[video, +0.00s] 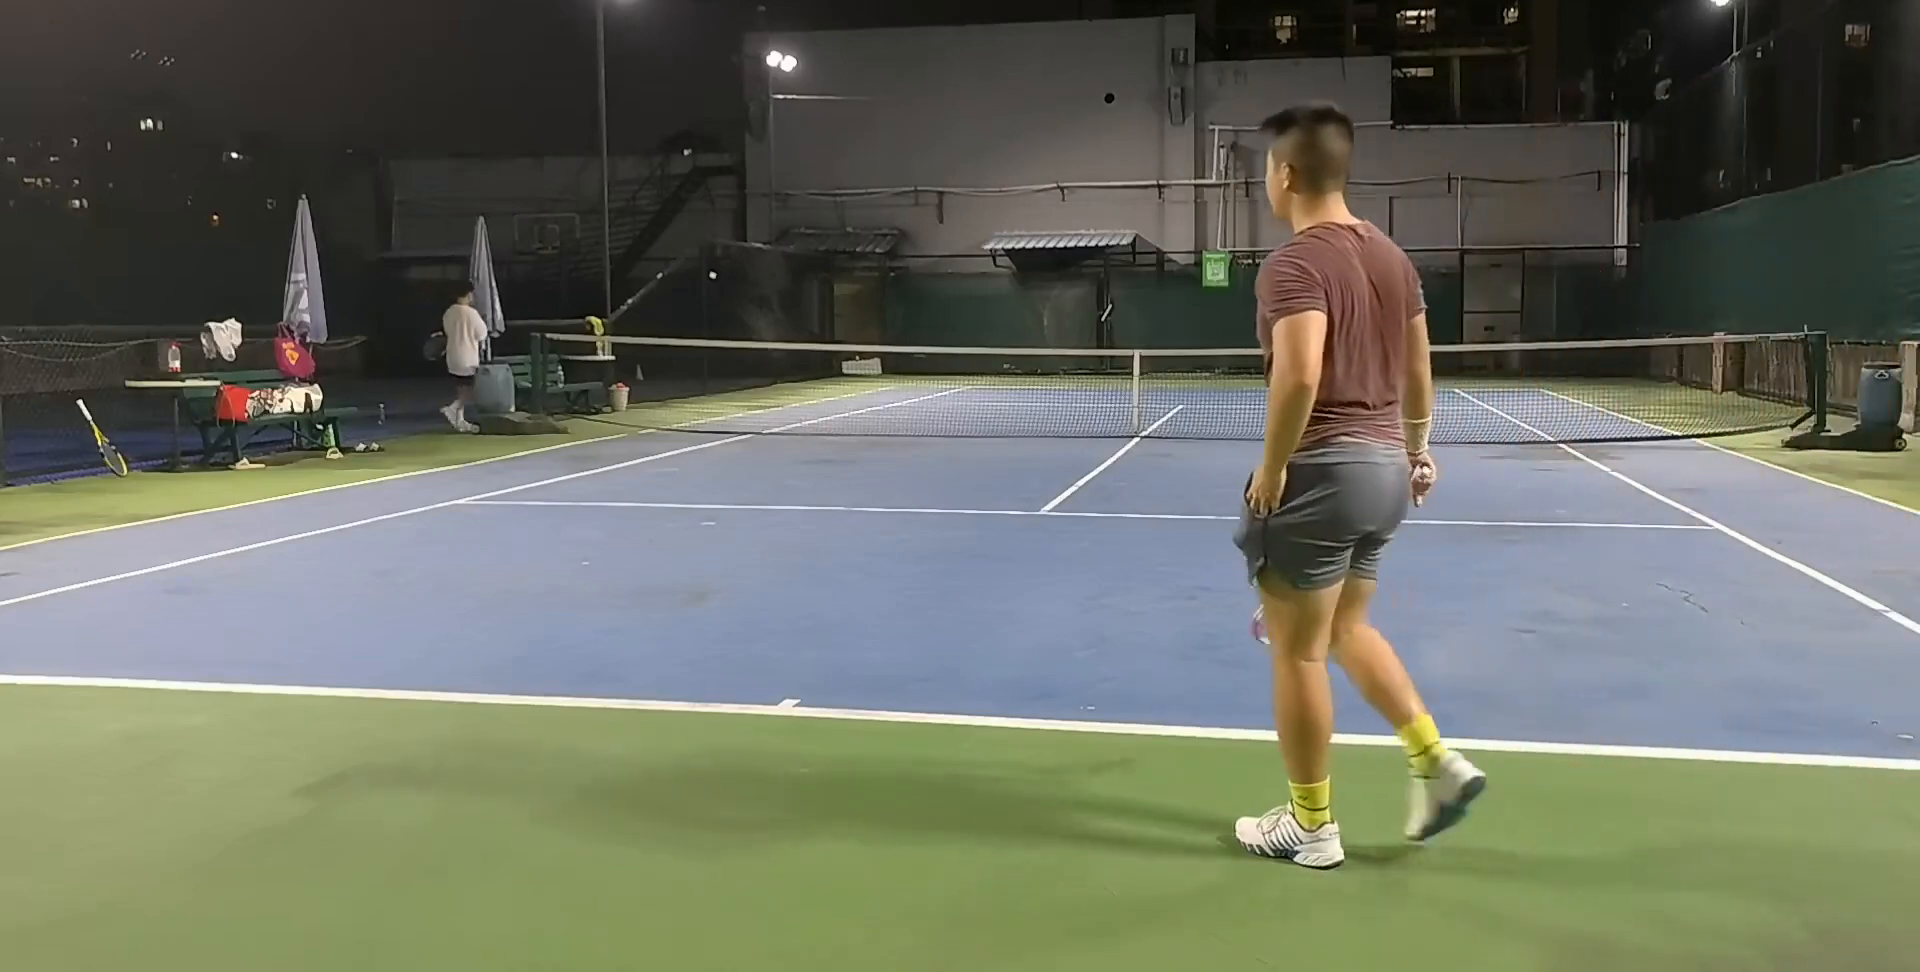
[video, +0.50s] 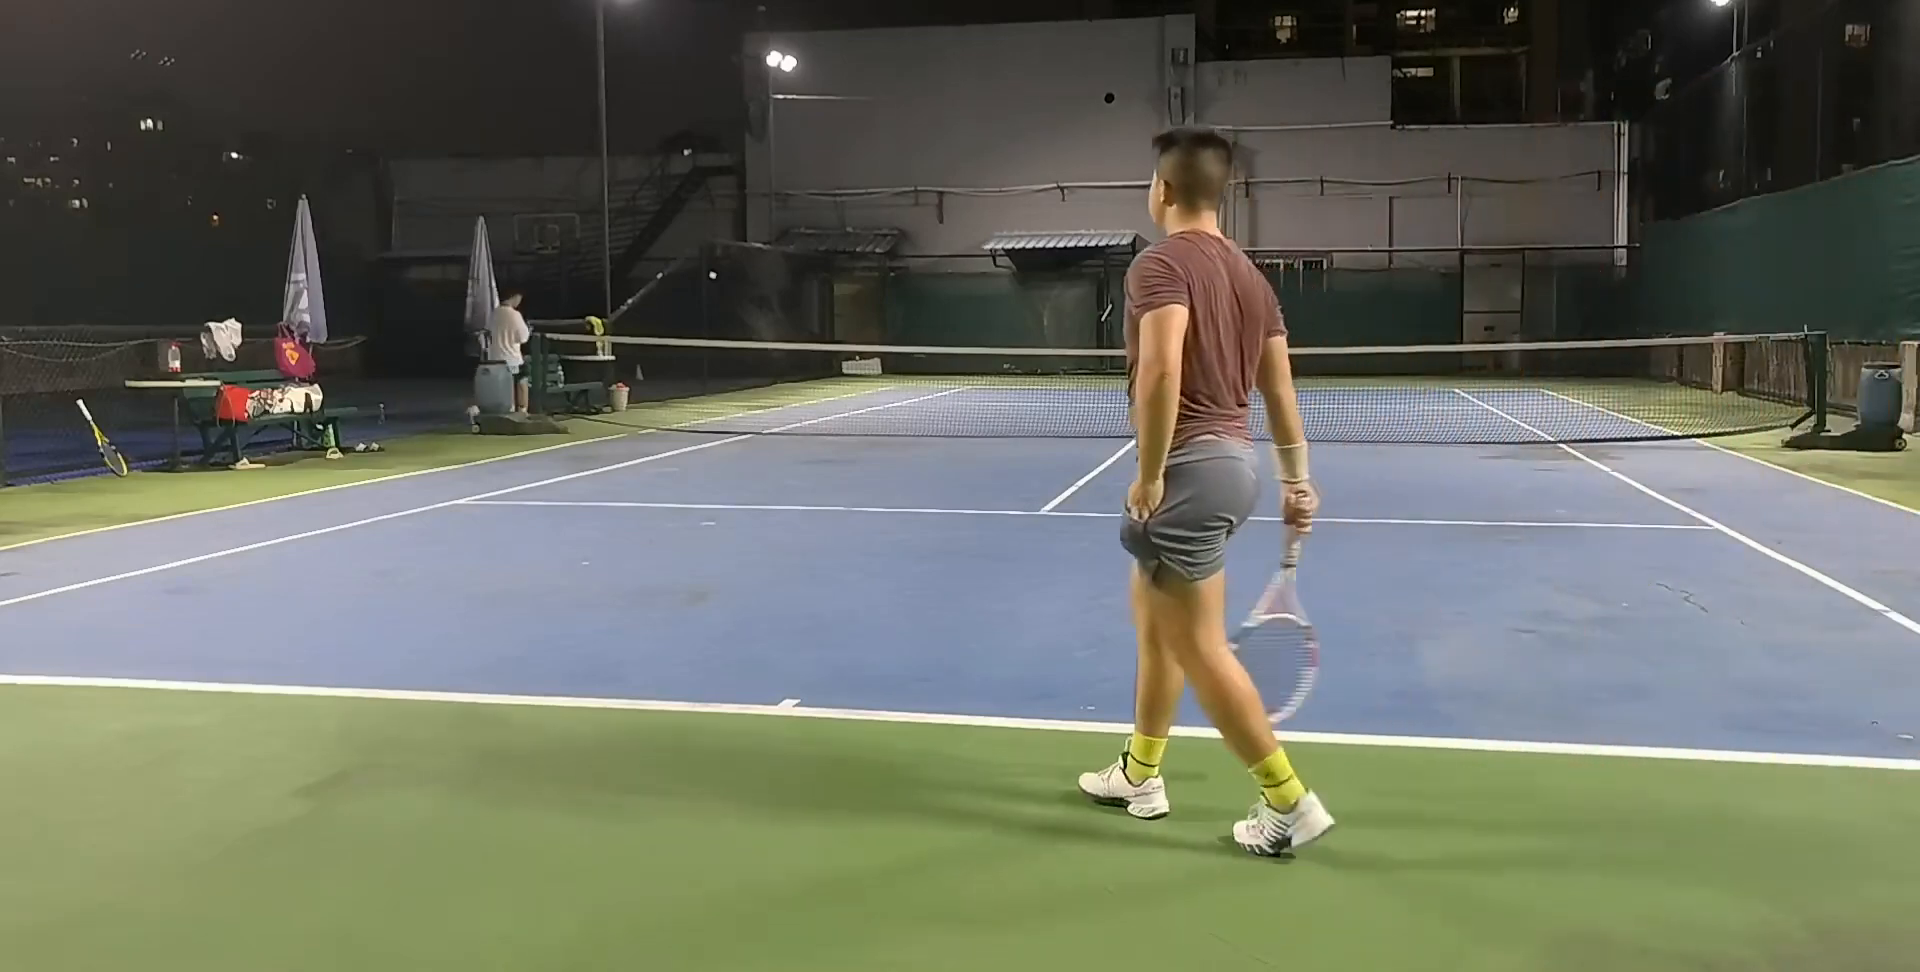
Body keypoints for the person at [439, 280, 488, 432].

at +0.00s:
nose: (472, 297)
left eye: (471, 294)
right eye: (470, 294)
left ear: (456, 296)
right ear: (467, 296)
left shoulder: (448, 313)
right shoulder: (471, 313)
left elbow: (447, 332)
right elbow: (482, 333)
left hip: (452, 357)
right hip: (469, 358)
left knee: (460, 388)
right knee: (469, 390)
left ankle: (460, 420)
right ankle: (452, 409)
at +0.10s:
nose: (479, 294)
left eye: (478, 291)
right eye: (478, 291)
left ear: (463, 292)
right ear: (475, 292)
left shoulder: (454, 311)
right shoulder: (478, 312)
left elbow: (453, 330)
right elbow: (487, 333)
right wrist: (489, 319)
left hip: (458, 357)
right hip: (475, 358)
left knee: (463, 385)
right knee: (476, 387)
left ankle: (460, 420)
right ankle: (468, 416)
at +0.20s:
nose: (487, 297)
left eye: (487, 294)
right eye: (487, 294)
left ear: (472, 293)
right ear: (484, 294)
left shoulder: (462, 311)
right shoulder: (484, 313)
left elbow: (462, 330)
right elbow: (494, 334)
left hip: (465, 360)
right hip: (483, 360)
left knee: (466, 388)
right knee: (486, 391)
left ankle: (460, 420)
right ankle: (487, 422)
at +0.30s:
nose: (496, 299)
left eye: (496, 296)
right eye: (495, 296)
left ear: (480, 295)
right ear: (492, 297)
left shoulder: (470, 311)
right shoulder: (492, 314)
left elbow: (471, 329)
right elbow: (502, 335)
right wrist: (508, 324)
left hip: (473, 360)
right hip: (491, 361)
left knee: (469, 388)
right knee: (500, 388)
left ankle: (462, 420)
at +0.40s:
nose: (508, 302)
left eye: (508, 299)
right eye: (508, 299)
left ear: (493, 298)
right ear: (504, 299)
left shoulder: (482, 313)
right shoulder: (504, 316)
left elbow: (480, 330)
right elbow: (513, 337)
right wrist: (516, 327)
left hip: (483, 362)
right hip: (501, 363)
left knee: (476, 390)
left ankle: (464, 416)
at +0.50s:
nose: (519, 301)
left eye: (520, 298)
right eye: (519, 298)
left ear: (504, 297)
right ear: (514, 297)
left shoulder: (494, 313)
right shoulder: (515, 315)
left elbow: (488, 330)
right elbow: (524, 336)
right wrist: (528, 329)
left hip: (493, 360)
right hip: (512, 361)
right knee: (522, 377)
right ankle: (523, 408)